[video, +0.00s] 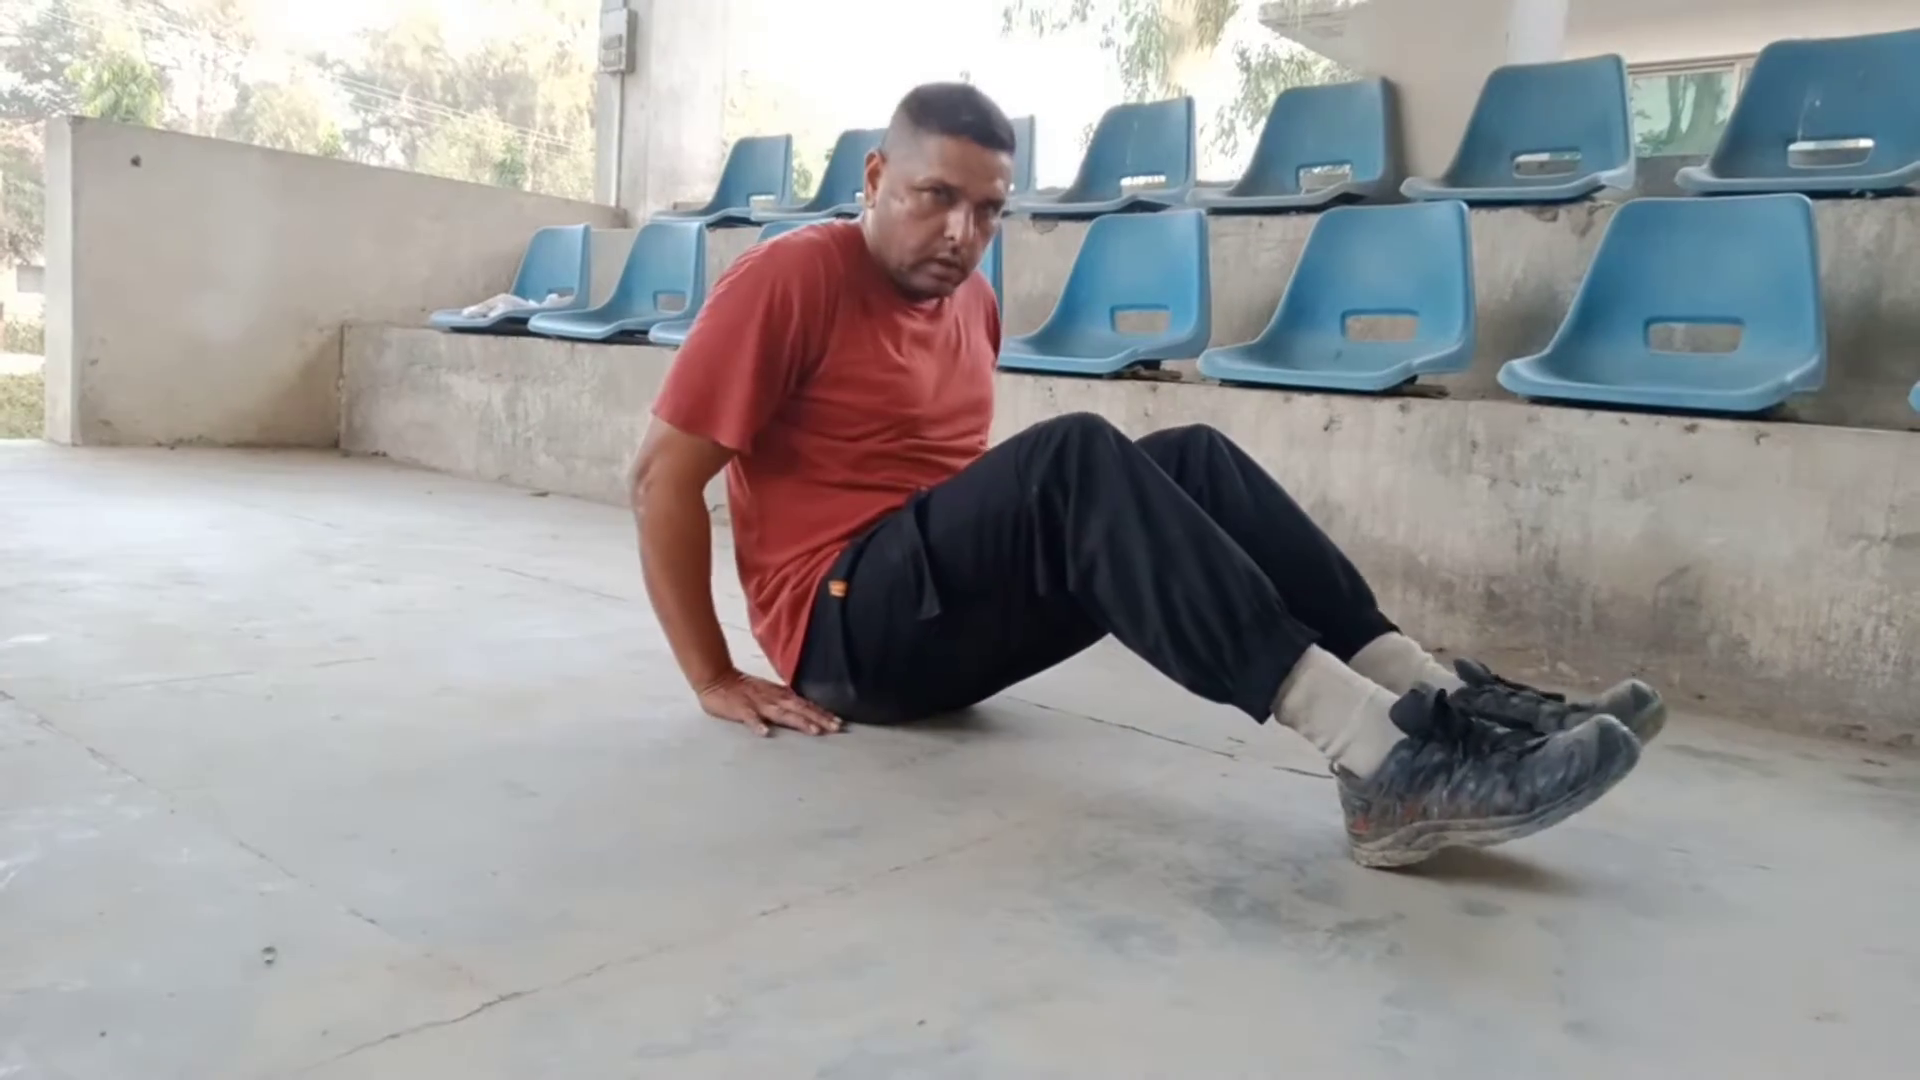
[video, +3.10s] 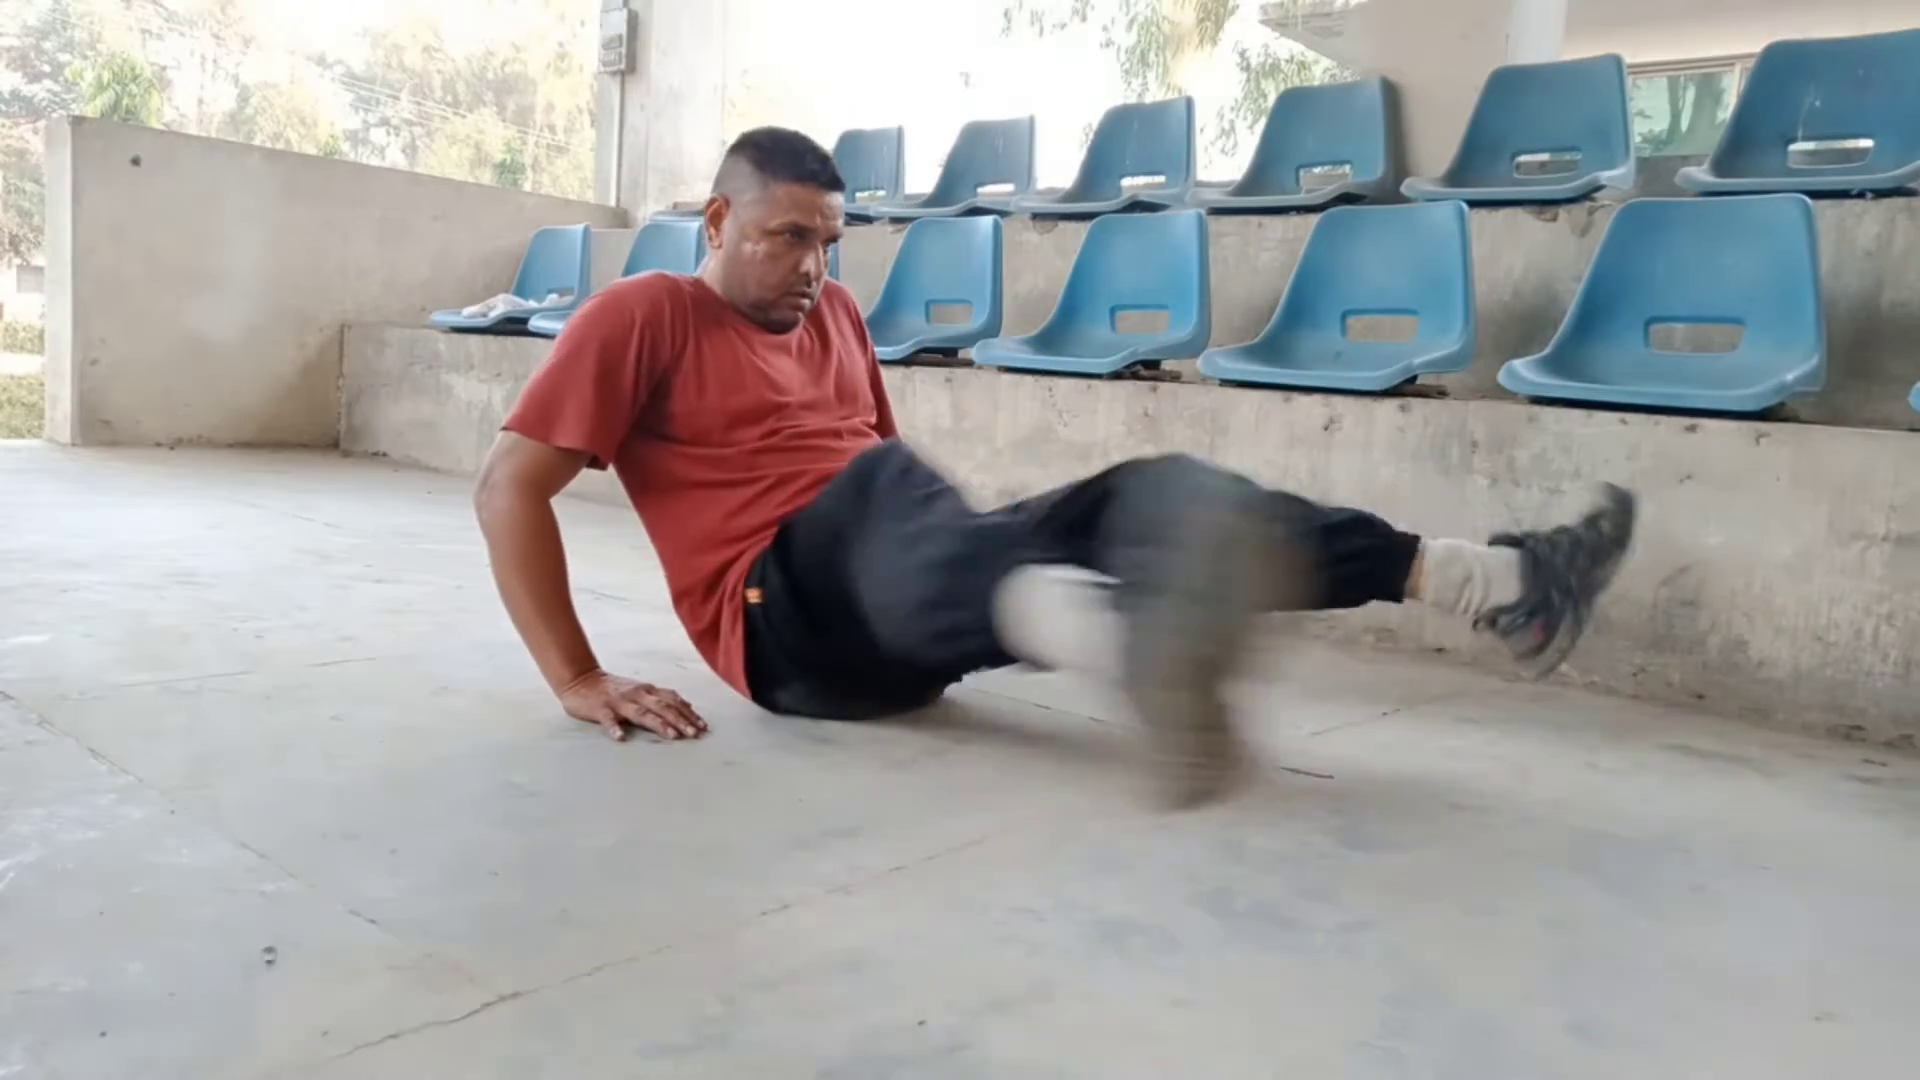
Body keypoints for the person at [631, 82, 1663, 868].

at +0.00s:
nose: (959, 231)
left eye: (984, 210)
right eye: (937, 200)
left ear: (999, 208)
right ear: (873, 182)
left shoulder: (973, 298)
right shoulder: (786, 277)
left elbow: (928, 468)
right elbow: (664, 476)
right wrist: (709, 678)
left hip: (946, 616)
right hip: (842, 629)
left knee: (1191, 456)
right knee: (1070, 454)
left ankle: (1444, 703)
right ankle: (1373, 757)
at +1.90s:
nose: (881, 241)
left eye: (893, 217)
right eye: (856, 214)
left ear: (900, 211)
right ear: (779, 203)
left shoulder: (894, 300)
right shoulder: (694, 297)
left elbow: (902, 450)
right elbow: (560, 471)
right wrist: (582, 678)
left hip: (915, 625)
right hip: (817, 629)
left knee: (1087, 369)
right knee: (996, 377)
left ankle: (1285, 618)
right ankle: (1246, 655)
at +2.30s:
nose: (836, 248)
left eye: (848, 225)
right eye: (812, 223)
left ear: (849, 220)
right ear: (737, 212)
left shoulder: (854, 309)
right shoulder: (662, 312)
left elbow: (887, 458)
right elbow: (524, 481)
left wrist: (929, 571)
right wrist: (578, 679)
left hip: (903, 611)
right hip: (812, 623)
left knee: (1120, 408)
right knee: (1037, 417)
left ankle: (1361, 646)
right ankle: (1328, 659)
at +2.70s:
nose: (796, 252)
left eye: (808, 229)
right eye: (768, 229)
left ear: (818, 230)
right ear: (698, 228)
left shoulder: (820, 316)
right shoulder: (635, 324)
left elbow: (854, 457)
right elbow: (504, 493)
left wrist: (900, 550)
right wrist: (575, 681)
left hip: (903, 571)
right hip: (800, 613)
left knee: (1172, 490)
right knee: (1037, 509)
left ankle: (1504, 589)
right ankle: (1420, 637)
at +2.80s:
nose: (801, 258)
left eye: (813, 236)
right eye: (776, 234)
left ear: (821, 235)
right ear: (706, 226)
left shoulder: (829, 318)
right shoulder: (639, 323)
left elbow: (863, 465)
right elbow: (506, 494)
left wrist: (905, 577)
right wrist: (576, 682)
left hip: (912, 581)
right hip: (790, 626)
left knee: (1179, 493)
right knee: (950, 493)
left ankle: (1544, 553)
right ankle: (1264, 603)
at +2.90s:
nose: (811, 264)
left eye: (823, 240)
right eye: (787, 237)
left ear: (830, 234)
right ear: (715, 223)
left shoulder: (837, 320)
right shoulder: (644, 323)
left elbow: (872, 472)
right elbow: (507, 494)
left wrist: (943, 548)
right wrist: (575, 682)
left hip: (908, 572)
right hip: (787, 609)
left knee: (1170, 518)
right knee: (885, 526)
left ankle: (1517, 548)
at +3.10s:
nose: (813, 264)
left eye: (825, 240)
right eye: (788, 236)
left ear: (832, 229)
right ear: (715, 217)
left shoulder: (834, 316)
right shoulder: (637, 316)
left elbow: (872, 457)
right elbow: (509, 490)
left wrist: (953, 550)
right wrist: (577, 681)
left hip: (907, 590)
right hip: (779, 619)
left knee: (1147, 499)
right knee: (890, 486)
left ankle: (1499, 586)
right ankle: (1129, 653)